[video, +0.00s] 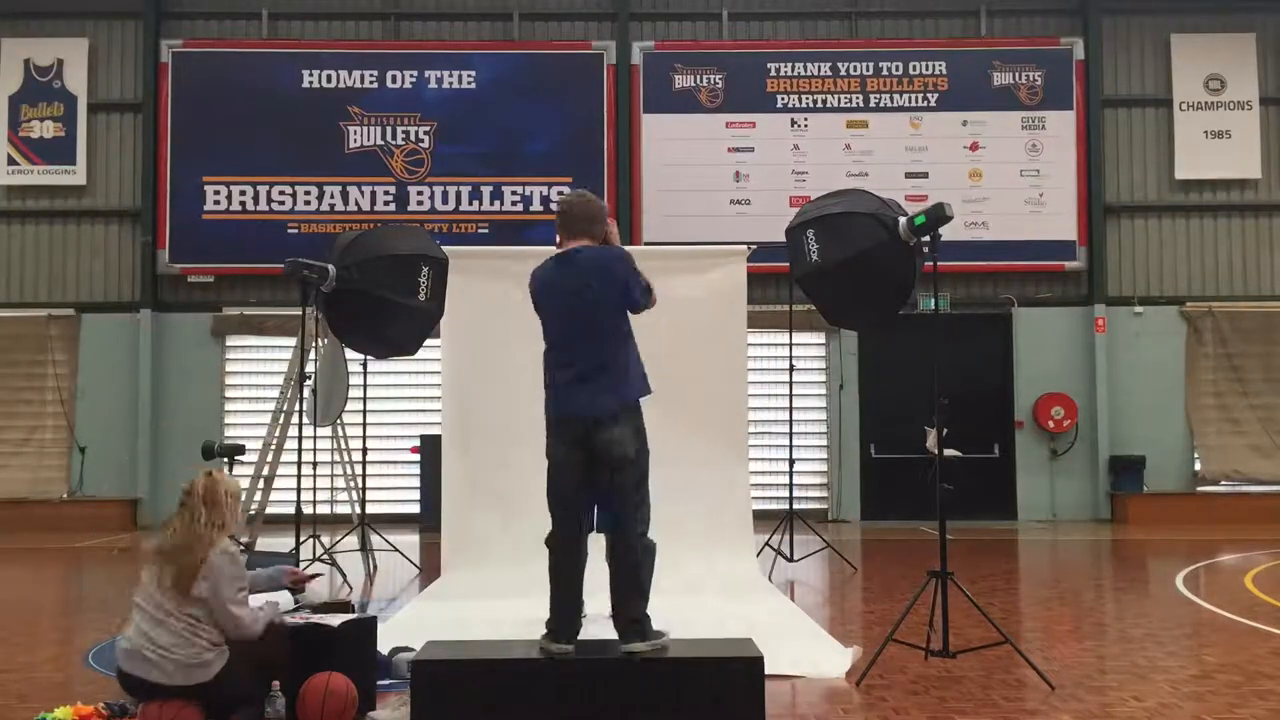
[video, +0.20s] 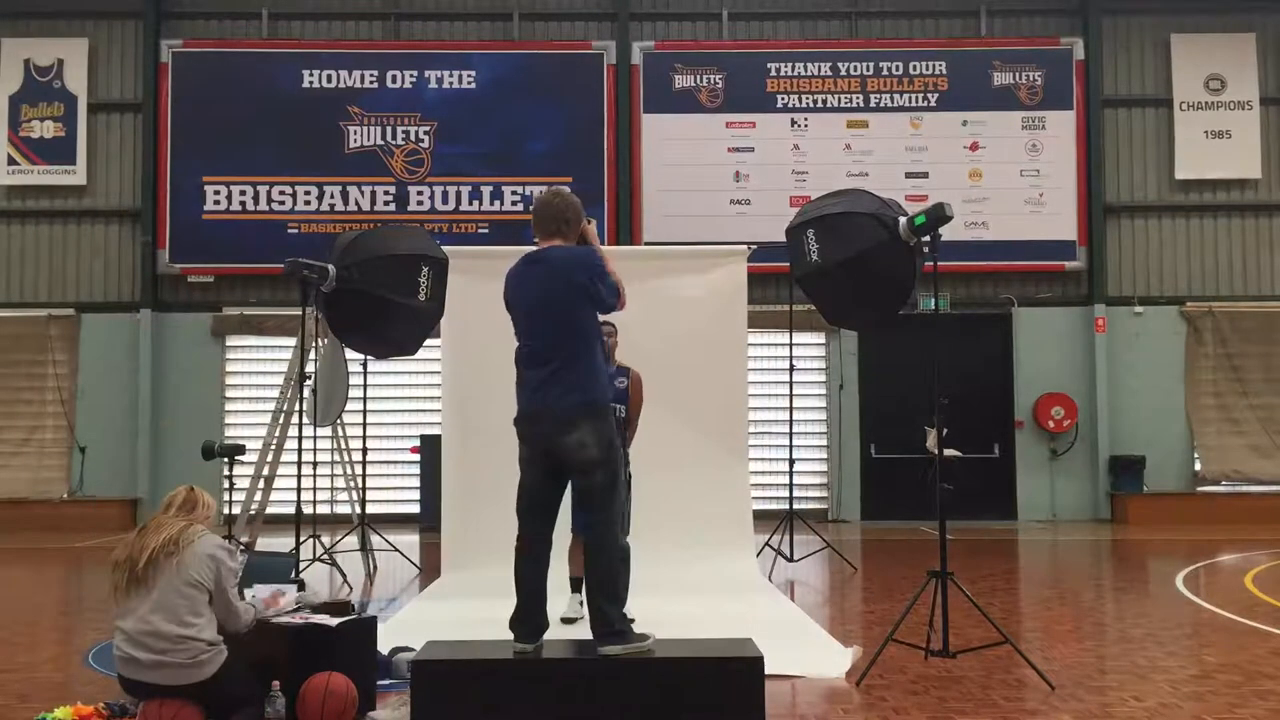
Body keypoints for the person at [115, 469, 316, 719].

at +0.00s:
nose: (241, 511)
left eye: (240, 503)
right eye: (238, 504)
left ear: (190, 503)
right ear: (226, 509)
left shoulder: (166, 541)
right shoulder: (223, 554)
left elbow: (212, 582)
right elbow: (241, 626)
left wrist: (278, 577)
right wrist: (273, 609)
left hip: (132, 672)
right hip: (185, 678)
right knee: (254, 686)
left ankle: (138, 703)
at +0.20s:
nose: (210, 523)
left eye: (211, 518)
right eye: (210, 518)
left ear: (168, 510)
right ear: (203, 515)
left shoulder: (139, 539)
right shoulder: (212, 546)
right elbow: (235, 621)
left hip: (133, 678)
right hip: (194, 678)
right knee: (251, 698)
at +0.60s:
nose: (222, 519)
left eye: (221, 512)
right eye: (221, 513)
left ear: (174, 507)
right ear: (214, 514)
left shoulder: (141, 540)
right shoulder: (222, 550)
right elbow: (258, 610)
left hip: (133, 679)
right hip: (194, 679)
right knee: (253, 701)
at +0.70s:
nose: (214, 516)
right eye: (212, 510)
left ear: (166, 506)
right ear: (205, 511)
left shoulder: (141, 541)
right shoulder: (217, 548)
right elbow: (250, 612)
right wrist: (266, 597)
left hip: (135, 678)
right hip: (193, 677)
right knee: (252, 701)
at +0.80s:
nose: (227, 522)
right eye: (225, 517)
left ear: (177, 512)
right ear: (219, 517)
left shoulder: (147, 544)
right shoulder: (226, 551)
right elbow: (259, 611)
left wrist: (214, 605)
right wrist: (286, 606)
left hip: (134, 677)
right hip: (195, 675)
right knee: (255, 701)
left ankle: (140, 706)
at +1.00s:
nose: (225, 526)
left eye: (225, 519)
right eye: (224, 519)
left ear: (177, 509)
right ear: (216, 518)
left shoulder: (139, 544)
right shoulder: (220, 555)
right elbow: (242, 622)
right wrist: (256, 614)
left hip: (135, 681)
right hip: (195, 680)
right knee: (253, 701)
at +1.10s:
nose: (215, 517)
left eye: (214, 510)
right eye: (213, 511)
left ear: (166, 506)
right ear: (206, 513)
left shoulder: (132, 545)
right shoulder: (211, 551)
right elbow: (242, 617)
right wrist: (256, 611)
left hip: (136, 680)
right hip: (196, 678)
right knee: (253, 702)